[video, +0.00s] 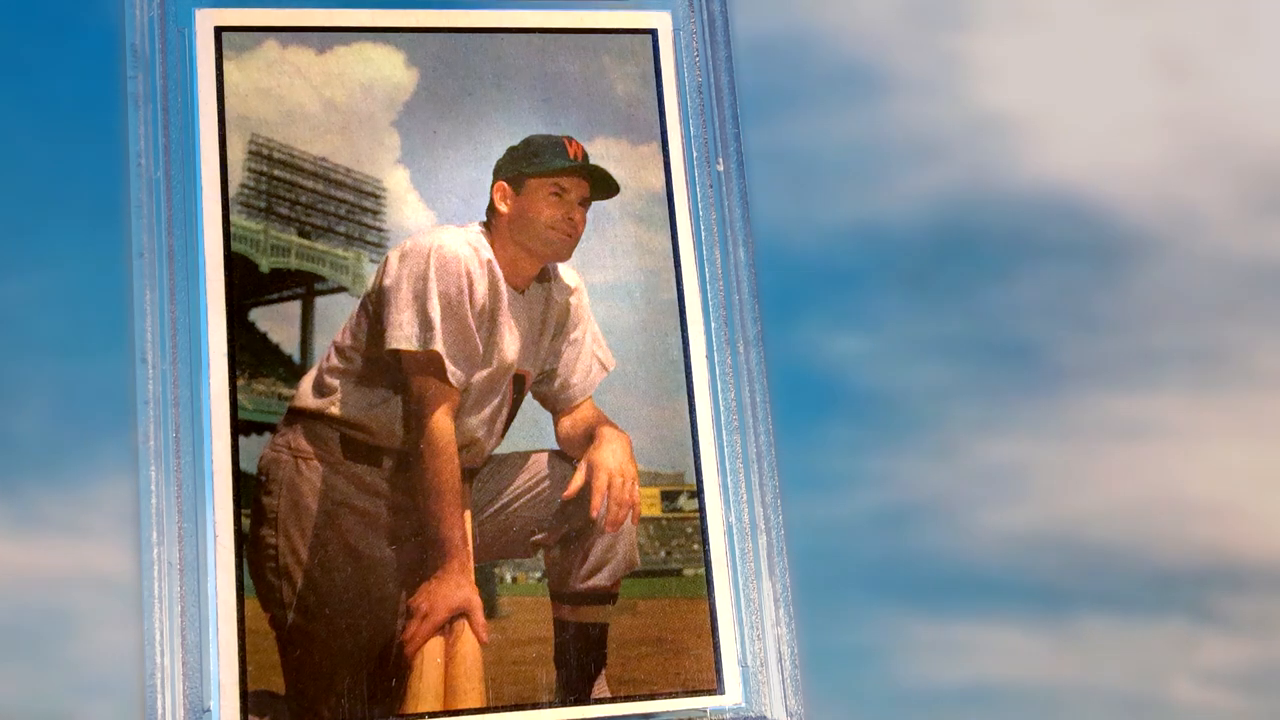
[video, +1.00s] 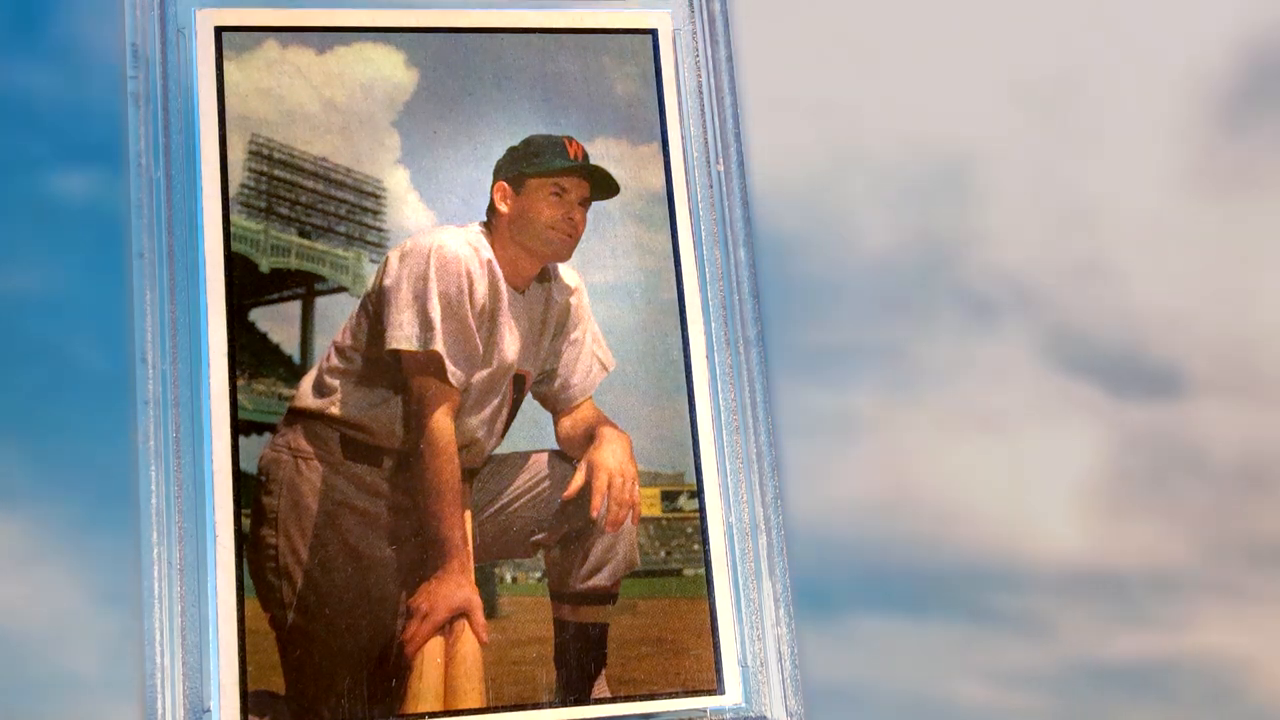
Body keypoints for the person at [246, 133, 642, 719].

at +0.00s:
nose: (576, 215)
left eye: (583, 204)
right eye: (557, 193)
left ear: (586, 218)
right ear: (504, 197)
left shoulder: (560, 294)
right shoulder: (441, 256)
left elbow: (574, 416)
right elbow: (433, 418)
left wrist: (609, 434)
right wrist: (454, 565)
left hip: (439, 486)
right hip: (334, 478)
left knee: (596, 487)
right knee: (347, 701)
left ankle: (580, 693)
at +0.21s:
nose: (576, 216)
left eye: (583, 204)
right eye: (557, 193)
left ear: (586, 217)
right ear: (504, 197)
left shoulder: (560, 294)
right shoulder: (442, 256)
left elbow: (574, 416)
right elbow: (433, 418)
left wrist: (609, 434)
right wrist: (454, 566)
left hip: (439, 486)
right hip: (334, 479)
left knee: (595, 487)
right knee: (348, 701)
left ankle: (581, 694)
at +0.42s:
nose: (577, 216)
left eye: (584, 204)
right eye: (559, 194)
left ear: (586, 217)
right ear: (505, 197)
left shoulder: (559, 294)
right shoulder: (443, 256)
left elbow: (575, 416)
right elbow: (432, 418)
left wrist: (609, 434)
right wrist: (454, 566)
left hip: (439, 486)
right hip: (334, 479)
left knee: (594, 487)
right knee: (347, 701)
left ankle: (581, 694)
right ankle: (240, 706)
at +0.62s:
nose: (576, 215)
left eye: (584, 204)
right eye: (557, 193)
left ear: (586, 217)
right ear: (504, 197)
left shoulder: (559, 294)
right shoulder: (442, 256)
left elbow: (574, 415)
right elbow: (432, 418)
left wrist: (609, 434)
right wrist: (454, 566)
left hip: (440, 486)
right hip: (335, 479)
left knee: (595, 488)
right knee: (347, 703)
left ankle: (581, 694)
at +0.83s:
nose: (577, 216)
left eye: (584, 203)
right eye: (558, 194)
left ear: (587, 216)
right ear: (505, 197)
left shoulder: (559, 294)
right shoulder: (442, 257)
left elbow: (574, 415)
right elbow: (433, 418)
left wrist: (609, 434)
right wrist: (454, 566)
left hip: (440, 486)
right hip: (335, 479)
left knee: (595, 488)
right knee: (347, 703)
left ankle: (581, 695)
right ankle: (236, 706)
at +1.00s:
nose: (575, 215)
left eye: (583, 203)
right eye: (557, 193)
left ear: (587, 217)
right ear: (504, 197)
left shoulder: (559, 294)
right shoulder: (441, 257)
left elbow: (574, 414)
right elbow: (432, 418)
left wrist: (609, 435)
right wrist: (454, 566)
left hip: (440, 486)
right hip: (335, 479)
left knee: (595, 487)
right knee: (346, 704)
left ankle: (580, 695)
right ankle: (239, 706)